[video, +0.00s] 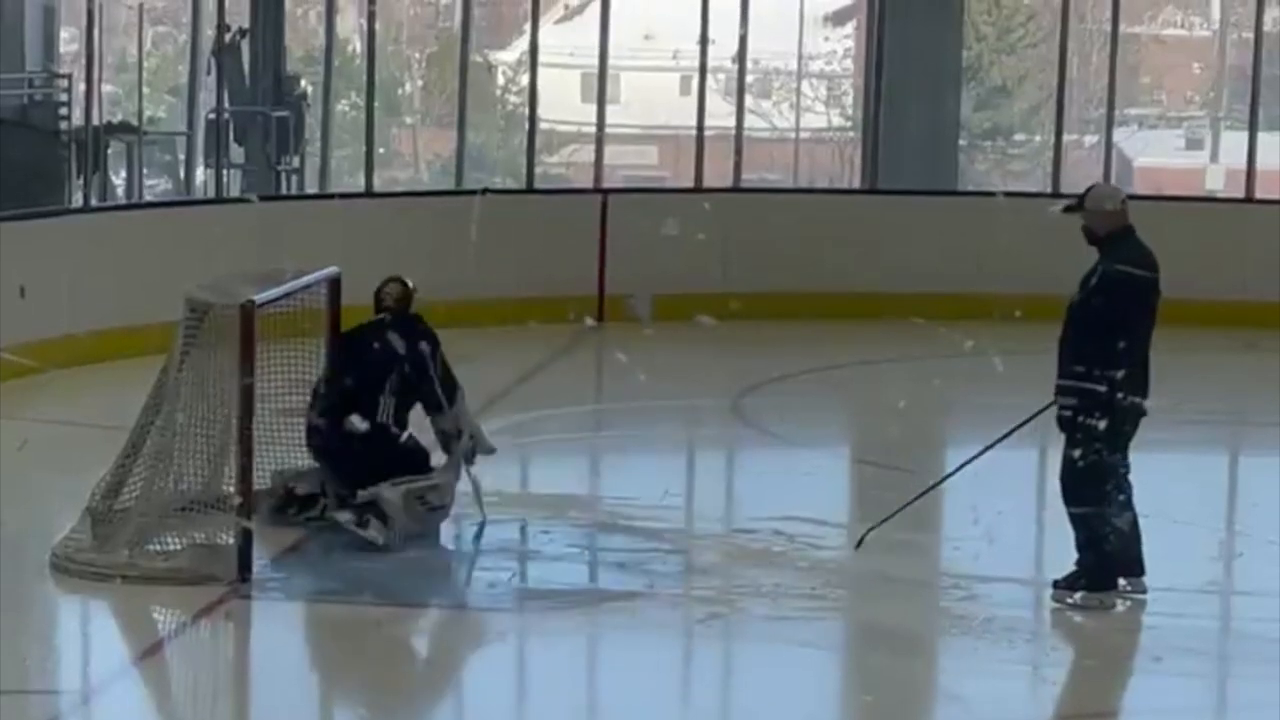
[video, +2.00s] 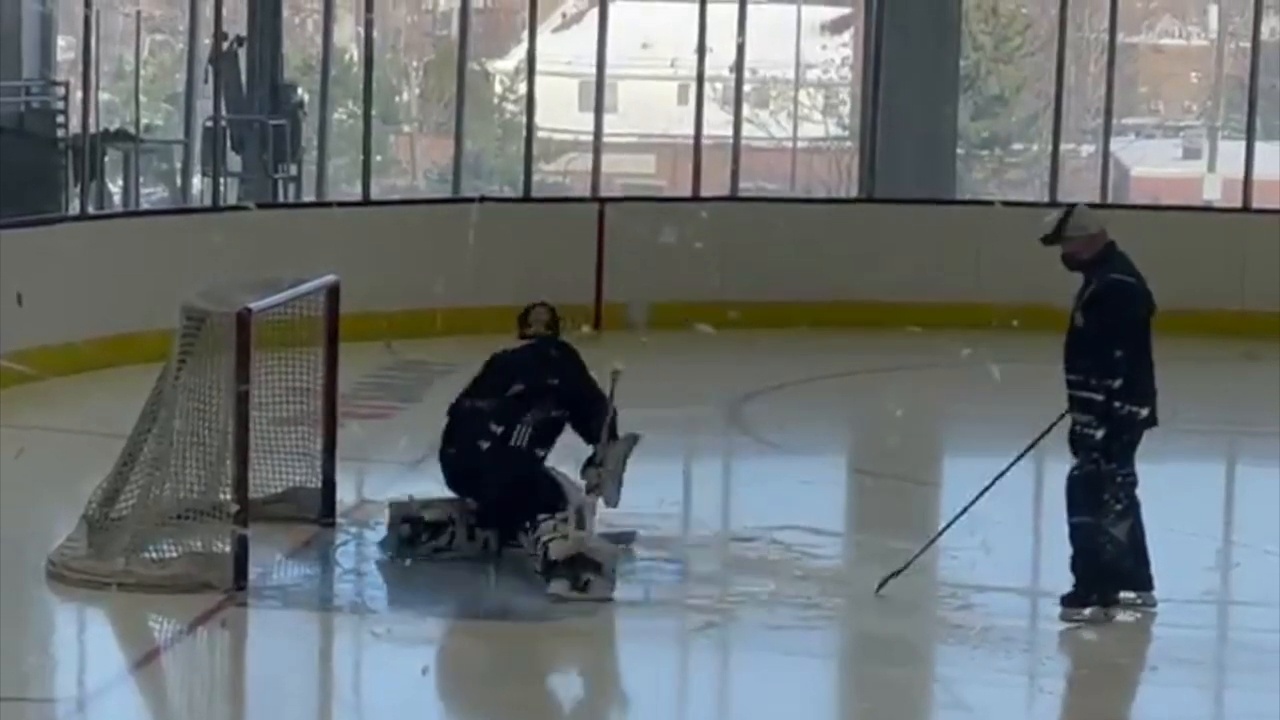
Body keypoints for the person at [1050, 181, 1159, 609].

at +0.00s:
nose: (1082, 227)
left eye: (1086, 219)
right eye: (1082, 219)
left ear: (1105, 219)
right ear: (1114, 218)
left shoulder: (1123, 266)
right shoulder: (1121, 260)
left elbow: (1115, 342)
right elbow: (1100, 339)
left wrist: (1093, 400)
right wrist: (1072, 393)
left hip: (1103, 398)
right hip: (1107, 395)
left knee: (1084, 483)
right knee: (1105, 481)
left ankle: (1099, 572)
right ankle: (1121, 567)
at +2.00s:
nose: (1063, 256)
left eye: (1067, 247)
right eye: (1061, 248)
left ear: (1088, 243)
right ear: (1090, 243)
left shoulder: (1113, 287)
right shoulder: (1105, 279)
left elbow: (1111, 361)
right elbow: (1104, 356)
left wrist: (1091, 417)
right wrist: (1083, 407)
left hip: (1112, 413)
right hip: (1113, 410)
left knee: (1088, 494)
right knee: (1115, 494)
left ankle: (1094, 589)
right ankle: (1133, 581)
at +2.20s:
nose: (1046, 266)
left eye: (1051, 258)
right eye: (1045, 258)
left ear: (1072, 255)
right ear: (1069, 255)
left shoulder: (1109, 297)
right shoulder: (1073, 292)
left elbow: (1110, 370)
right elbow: (1061, 353)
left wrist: (1099, 425)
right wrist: (1030, 383)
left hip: (1106, 423)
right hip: (1082, 419)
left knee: (1072, 502)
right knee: (1103, 497)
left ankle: (1077, 593)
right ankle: (1129, 569)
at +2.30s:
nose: (1041, 265)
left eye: (1045, 258)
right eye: (1040, 258)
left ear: (1068, 256)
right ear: (1058, 257)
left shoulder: (1104, 298)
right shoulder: (1059, 288)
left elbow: (1108, 371)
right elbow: (1040, 349)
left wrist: (1095, 429)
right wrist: (1006, 388)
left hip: (1097, 424)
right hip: (1067, 420)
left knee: (1066, 508)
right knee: (1087, 498)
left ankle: (1063, 602)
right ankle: (1119, 565)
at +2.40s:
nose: (1035, 264)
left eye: (1041, 257)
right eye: (1034, 257)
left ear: (1066, 255)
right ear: (1049, 256)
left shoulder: (1105, 298)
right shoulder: (1049, 287)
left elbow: (1107, 375)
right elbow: (1028, 347)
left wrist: (1094, 436)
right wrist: (995, 388)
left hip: (1087, 423)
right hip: (1051, 419)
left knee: (1061, 513)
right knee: (1075, 503)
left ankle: (1052, 608)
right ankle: (1102, 572)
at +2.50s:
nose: (1030, 262)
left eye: (1036, 256)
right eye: (1029, 255)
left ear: (1060, 254)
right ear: (1044, 254)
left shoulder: (1102, 298)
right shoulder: (1040, 287)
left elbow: (1105, 376)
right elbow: (1017, 345)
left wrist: (1090, 437)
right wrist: (983, 386)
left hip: (1077, 425)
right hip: (1038, 422)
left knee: (1056, 519)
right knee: (1054, 511)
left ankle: (1046, 615)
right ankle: (1075, 586)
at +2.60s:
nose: (1025, 262)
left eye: (1031, 256)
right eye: (1024, 255)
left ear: (1055, 253)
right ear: (1035, 253)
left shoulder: (1097, 300)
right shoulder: (1033, 288)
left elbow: (1101, 378)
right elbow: (1003, 352)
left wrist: (1089, 438)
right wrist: (966, 395)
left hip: (1069, 433)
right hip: (1028, 428)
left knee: (1057, 521)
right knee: (1027, 517)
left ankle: (1048, 613)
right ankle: (1038, 594)